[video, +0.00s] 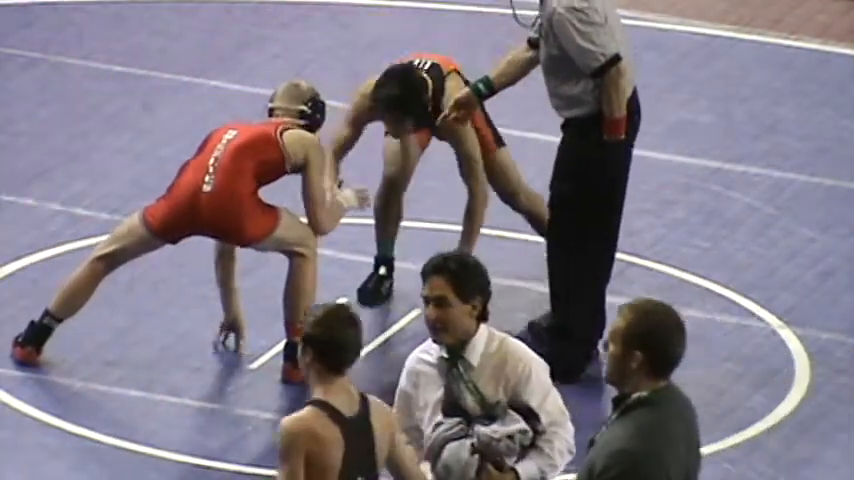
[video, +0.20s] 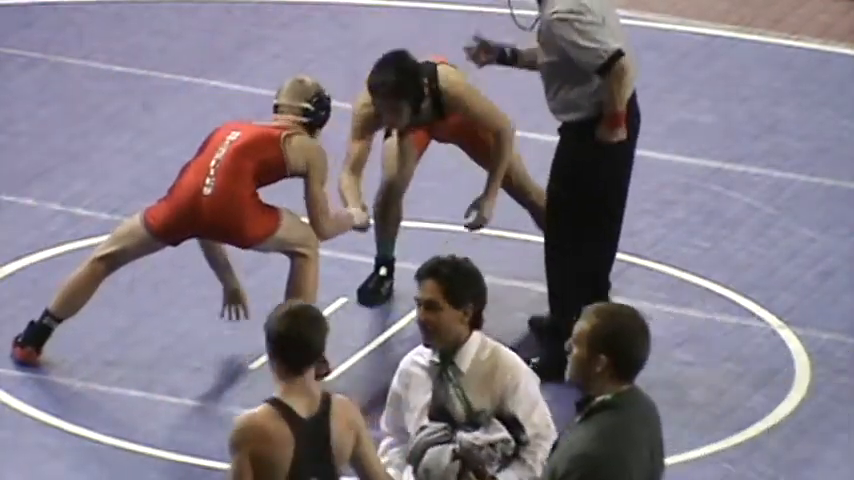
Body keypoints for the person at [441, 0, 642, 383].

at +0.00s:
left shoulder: (568, 11)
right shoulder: (554, 9)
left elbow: (615, 70)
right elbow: (530, 52)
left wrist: (614, 141)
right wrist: (476, 93)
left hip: (601, 127)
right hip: (585, 122)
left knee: (581, 235)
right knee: (564, 227)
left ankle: (574, 352)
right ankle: (566, 327)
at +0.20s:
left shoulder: (562, 17)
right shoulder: (563, 8)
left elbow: (621, 67)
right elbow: (555, 56)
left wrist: (613, 119)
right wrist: (502, 55)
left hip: (591, 130)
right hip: (603, 124)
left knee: (567, 235)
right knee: (584, 227)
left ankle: (566, 348)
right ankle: (578, 320)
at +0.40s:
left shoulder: (560, 15)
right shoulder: (593, 4)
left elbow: (598, 67)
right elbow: (563, 50)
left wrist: (587, 125)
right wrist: (528, 19)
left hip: (589, 128)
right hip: (618, 119)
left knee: (565, 226)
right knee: (596, 223)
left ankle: (563, 323)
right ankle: (590, 316)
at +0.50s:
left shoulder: (572, 15)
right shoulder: (593, 5)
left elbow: (566, 98)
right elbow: (568, 49)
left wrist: (538, 130)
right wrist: (535, 16)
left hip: (593, 130)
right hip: (619, 118)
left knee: (568, 231)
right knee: (597, 229)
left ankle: (567, 332)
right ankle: (588, 327)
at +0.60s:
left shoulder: (585, 16)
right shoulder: (609, 5)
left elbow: (530, 88)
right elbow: (584, 50)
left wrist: (485, 98)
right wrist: (545, 17)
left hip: (598, 133)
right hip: (619, 121)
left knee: (573, 239)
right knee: (593, 235)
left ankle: (574, 350)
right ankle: (583, 343)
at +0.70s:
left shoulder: (587, 18)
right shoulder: (624, 6)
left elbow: (512, 58)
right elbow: (596, 38)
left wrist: (460, 43)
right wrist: (552, 24)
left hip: (601, 134)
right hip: (627, 125)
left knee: (572, 242)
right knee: (602, 235)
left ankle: (569, 356)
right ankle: (605, 336)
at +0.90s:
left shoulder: (614, 15)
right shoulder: (662, 5)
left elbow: (535, 16)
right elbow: (640, 46)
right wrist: (583, 65)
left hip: (613, 135)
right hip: (643, 127)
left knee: (580, 245)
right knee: (625, 237)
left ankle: (568, 356)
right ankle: (668, 335)